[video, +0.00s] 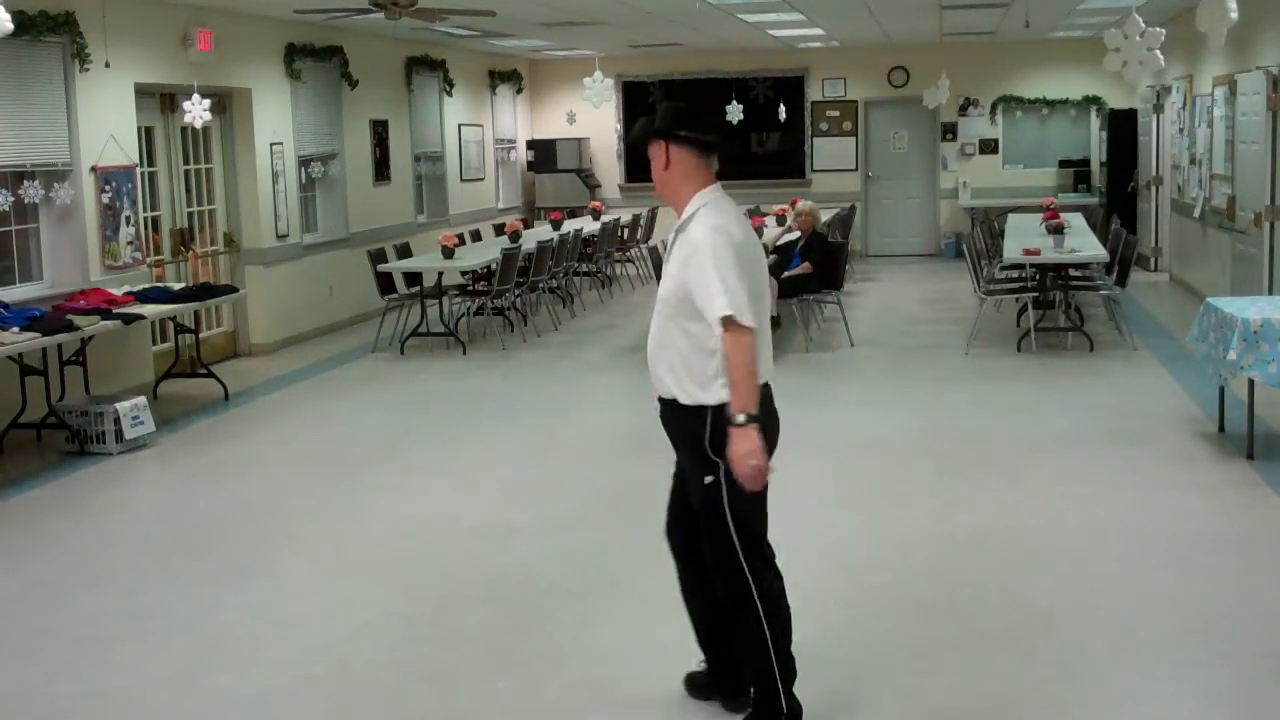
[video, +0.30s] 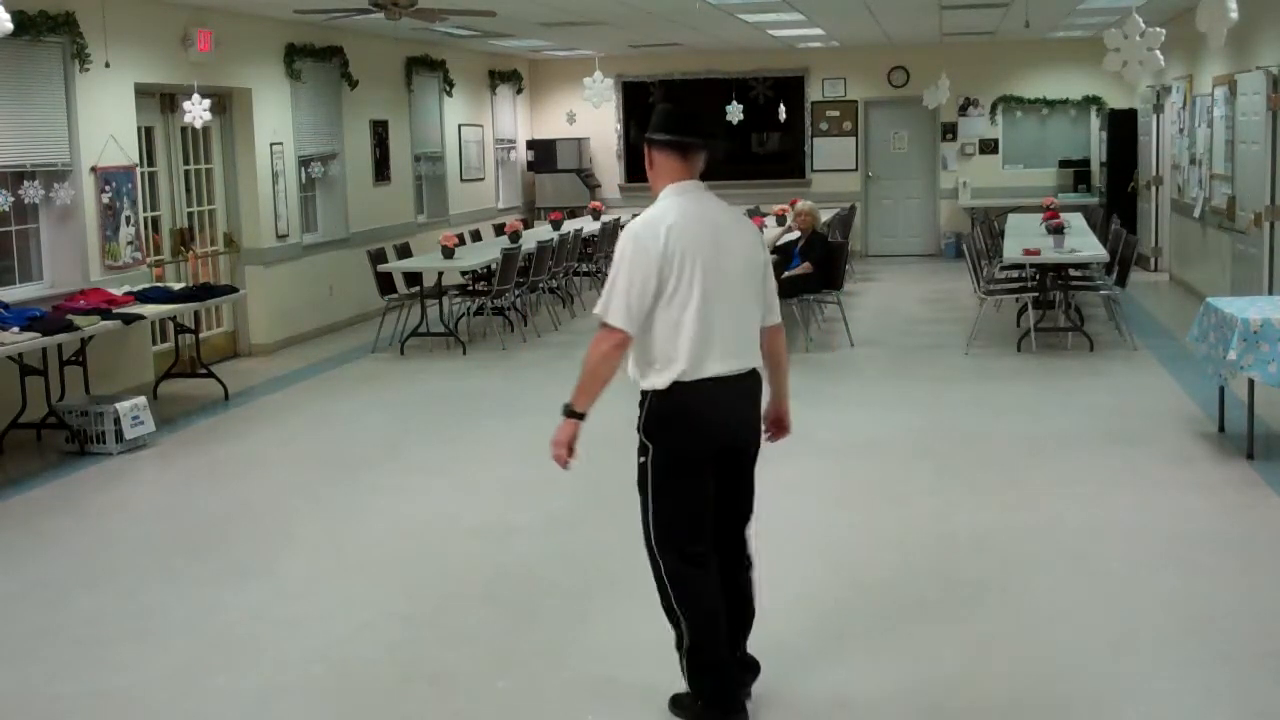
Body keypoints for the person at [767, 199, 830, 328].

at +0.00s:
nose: (803, 219)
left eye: (807, 216)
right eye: (800, 216)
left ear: (814, 219)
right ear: (795, 219)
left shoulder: (820, 240)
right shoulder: (794, 242)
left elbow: (810, 266)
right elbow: (767, 249)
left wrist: (785, 275)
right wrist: (785, 230)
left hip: (808, 280)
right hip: (789, 278)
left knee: (767, 287)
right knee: (766, 279)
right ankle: (773, 316)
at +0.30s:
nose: (803, 218)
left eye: (807, 215)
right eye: (799, 215)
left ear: (814, 219)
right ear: (794, 219)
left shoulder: (820, 239)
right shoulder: (794, 242)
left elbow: (810, 266)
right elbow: (768, 249)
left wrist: (787, 274)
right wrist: (784, 231)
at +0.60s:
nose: (802, 219)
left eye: (806, 216)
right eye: (799, 216)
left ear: (814, 219)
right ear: (795, 220)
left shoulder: (820, 239)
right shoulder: (797, 241)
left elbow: (811, 266)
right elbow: (767, 249)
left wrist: (785, 276)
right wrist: (784, 230)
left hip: (809, 280)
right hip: (791, 276)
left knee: (769, 292)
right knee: (762, 286)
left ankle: (767, 343)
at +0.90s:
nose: (802, 219)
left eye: (806, 216)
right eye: (799, 216)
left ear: (814, 219)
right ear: (794, 220)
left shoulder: (820, 240)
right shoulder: (796, 242)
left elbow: (809, 267)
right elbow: (767, 250)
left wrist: (784, 277)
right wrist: (785, 231)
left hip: (810, 278)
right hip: (792, 276)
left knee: (766, 291)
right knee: (766, 276)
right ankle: (773, 316)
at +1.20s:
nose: (802, 220)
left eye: (806, 216)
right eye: (798, 216)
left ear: (814, 219)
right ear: (795, 220)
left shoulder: (820, 240)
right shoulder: (797, 241)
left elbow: (810, 267)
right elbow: (767, 249)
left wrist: (785, 276)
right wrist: (785, 230)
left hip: (809, 279)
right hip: (791, 275)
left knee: (767, 292)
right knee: (765, 275)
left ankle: (768, 343)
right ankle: (773, 315)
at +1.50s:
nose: (802, 220)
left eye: (806, 216)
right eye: (799, 216)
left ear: (814, 219)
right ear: (795, 220)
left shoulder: (820, 240)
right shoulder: (797, 241)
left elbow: (810, 267)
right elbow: (767, 249)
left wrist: (785, 276)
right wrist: (784, 230)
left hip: (810, 279)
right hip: (791, 275)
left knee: (768, 292)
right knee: (765, 276)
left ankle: (769, 343)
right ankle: (773, 315)